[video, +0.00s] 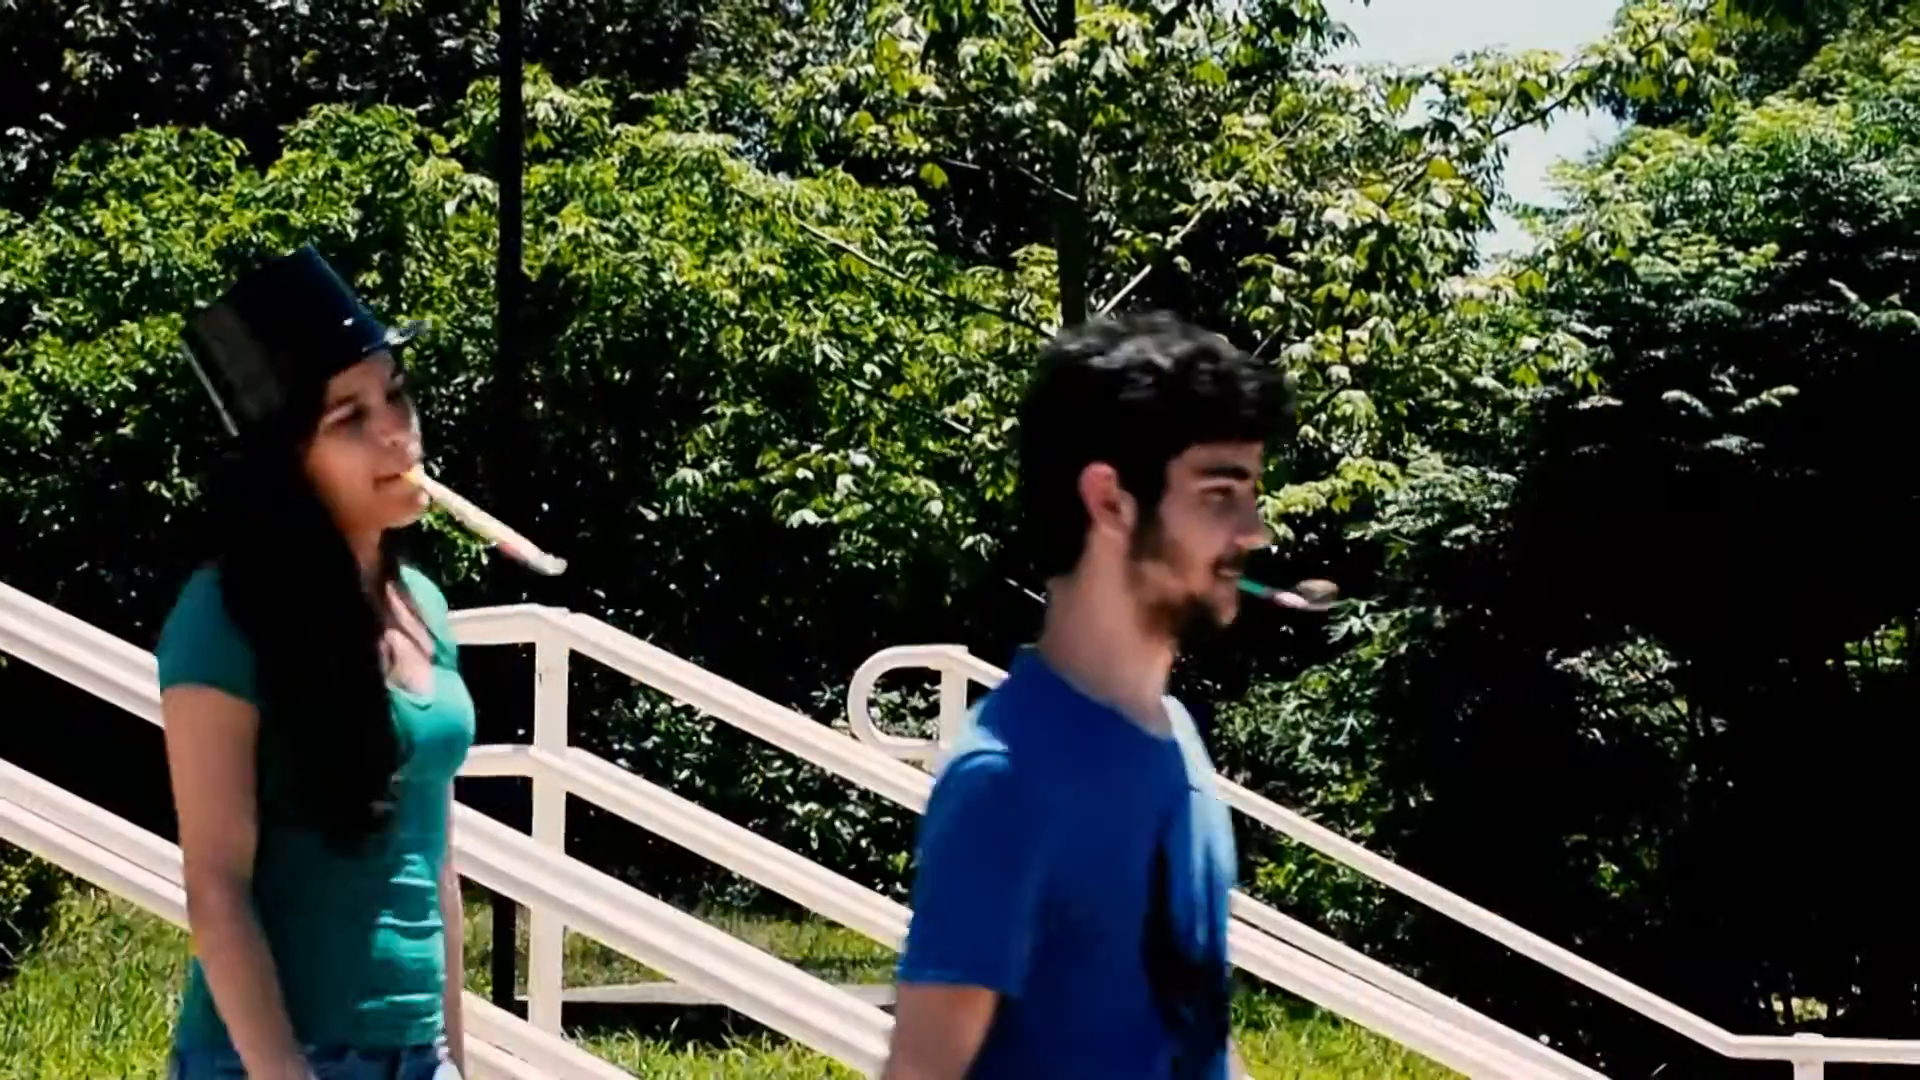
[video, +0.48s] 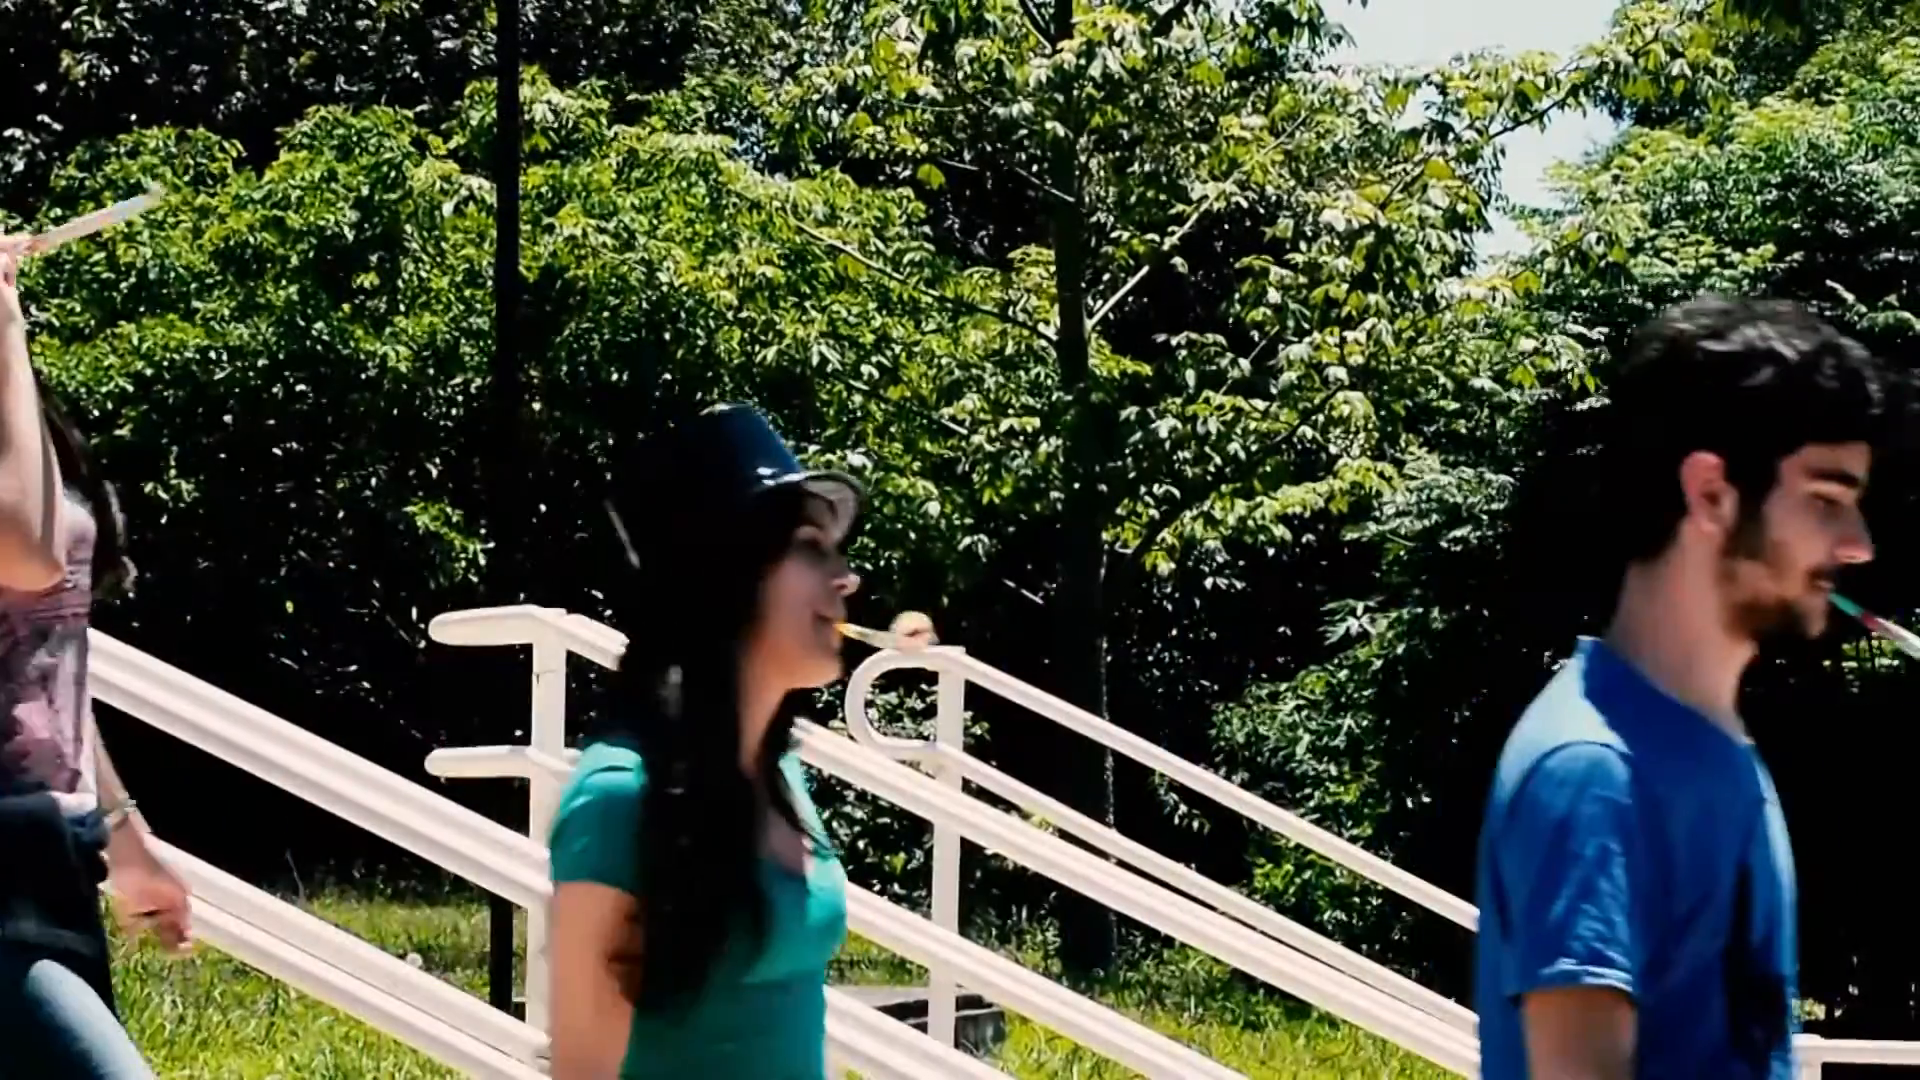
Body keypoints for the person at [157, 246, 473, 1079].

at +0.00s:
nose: (394, 435)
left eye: (395, 398)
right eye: (348, 419)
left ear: (412, 401)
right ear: (282, 457)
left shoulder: (420, 601)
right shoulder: (221, 619)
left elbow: (437, 864)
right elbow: (215, 884)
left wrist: (450, 1050)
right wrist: (279, 1068)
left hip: (415, 1047)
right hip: (277, 1047)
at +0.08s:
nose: (454, 407)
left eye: (457, 373)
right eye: (410, 387)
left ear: (469, 380)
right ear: (338, 423)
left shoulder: (474, 584)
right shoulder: (270, 606)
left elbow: (462, 828)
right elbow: (262, 870)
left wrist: (482, 1025)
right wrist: (330, 1066)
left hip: (472, 1041)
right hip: (331, 1046)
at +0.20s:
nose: (563, 422)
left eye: (567, 394)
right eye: (522, 393)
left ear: (578, 408)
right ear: (438, 419)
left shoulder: (558, 607)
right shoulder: (346, 626)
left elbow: (545, 866)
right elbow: (336, 909)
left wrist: (581, 1052)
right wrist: (388, 1073)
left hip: (565, 1049)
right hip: (417, 1052)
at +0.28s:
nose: (647, 468)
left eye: (649, 444)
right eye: (608, 439)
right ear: (518, 461)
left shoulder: (624, 656)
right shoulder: (415, 682)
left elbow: (617, 908)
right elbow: (402, 970)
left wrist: (645, 1055)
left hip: (637, 1053)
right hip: (501, 1058)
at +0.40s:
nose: (764, 551)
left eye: (759, 523)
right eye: (728, 518)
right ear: (636, 538)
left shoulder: (717, 732)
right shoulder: (532, 769)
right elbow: (511, 1059)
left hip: (735, 1063)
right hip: (608, 1066)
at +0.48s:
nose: (847, 581)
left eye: (836, 551)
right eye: (811, 547)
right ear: (723, 567)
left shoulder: (782, 772)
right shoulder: (618, 798)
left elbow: (785, 1019)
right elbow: (584, 1069)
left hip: (796, 1067)